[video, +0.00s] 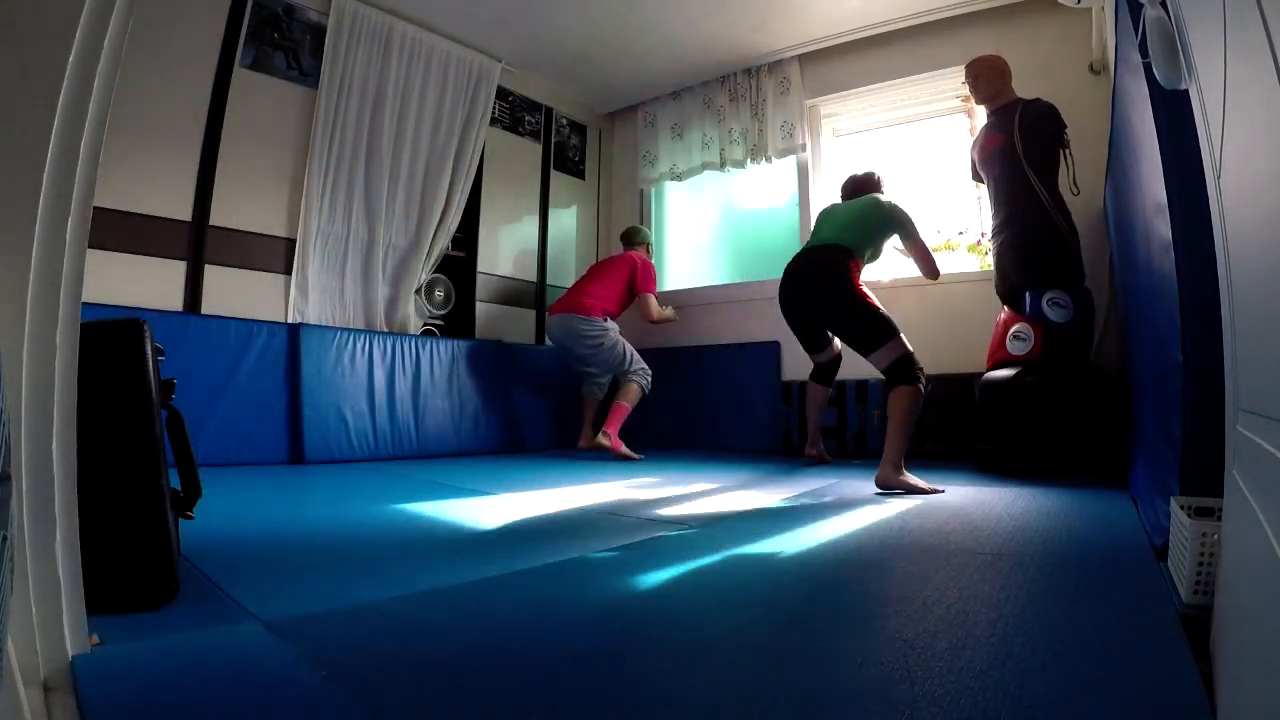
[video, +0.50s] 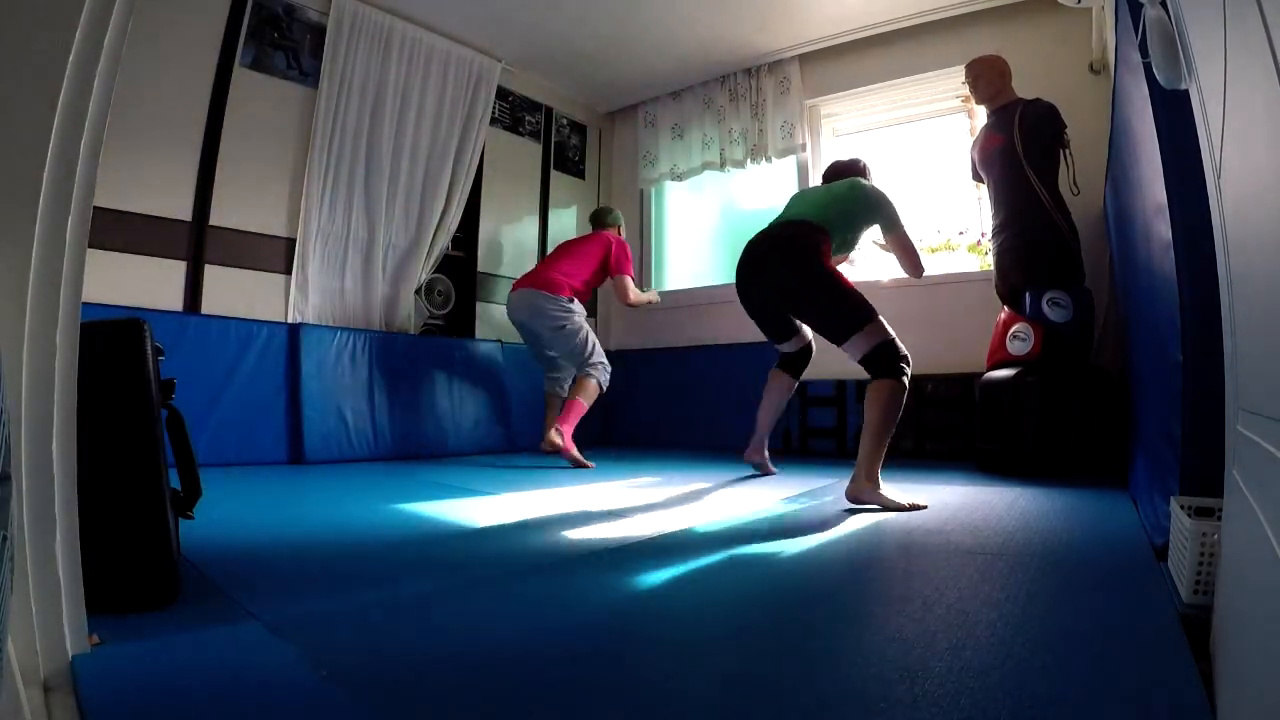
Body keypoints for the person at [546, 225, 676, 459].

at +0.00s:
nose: (651, 254)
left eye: (650, 251)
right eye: (651, 250)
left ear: (624, 247)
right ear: (647, 248)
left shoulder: (607, 262)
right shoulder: (641, 262)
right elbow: (652, 314)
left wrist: (650, 302)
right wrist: (668, 314)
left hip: (556, 319)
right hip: (587, 320)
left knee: (598, 374)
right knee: (638, 372)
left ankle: (586, 435)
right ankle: (610, 433)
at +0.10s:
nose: (649, 247)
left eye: (649, 244)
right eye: (649, 244)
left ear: (621, 242)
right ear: (645, 242)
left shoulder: (602, 257)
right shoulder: (642, 257)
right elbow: (653, 309)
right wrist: (668, 310)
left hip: (554, 314)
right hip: (587, 316)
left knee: (592, 370)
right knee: (636, 373)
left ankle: (586, 435)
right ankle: (608, 437)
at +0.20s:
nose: (645, 240)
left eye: (645, 238)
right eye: (645, 237)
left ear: (616, 234)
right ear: (641, 235)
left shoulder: (597, 248)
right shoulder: (638, 249)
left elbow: (577, 278)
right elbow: (651, 300)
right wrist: (668, 304)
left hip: (547, 303)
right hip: (583, 304)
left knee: (584, 364)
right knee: (627, 368)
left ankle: (584, 431)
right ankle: (607, 439)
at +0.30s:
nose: (640, 238)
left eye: (640, 234)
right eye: (640, 234)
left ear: (611, 231)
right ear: (635, 233)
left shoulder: (595, 244)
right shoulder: (631, 245)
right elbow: (646, 297)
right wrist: (663, 300)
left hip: (535, 296)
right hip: (570, 297)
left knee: (580, 359)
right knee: (620, 358)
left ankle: (558, 425)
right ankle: (608, 436)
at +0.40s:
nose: (632, 238)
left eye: (632, 235)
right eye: (632, 234)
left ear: (602, 231)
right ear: (627, 232)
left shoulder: (587, 244)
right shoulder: (622, 245)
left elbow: (562, 278)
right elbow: (637, 297)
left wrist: (588, 306)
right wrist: (657, 298)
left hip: (526, 299)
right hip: (561, 298)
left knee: (568, 362)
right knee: (613, 357)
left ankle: (552, 437)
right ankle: (587, 424)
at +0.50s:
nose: (623, 234)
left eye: (623, 231)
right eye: (623, 231)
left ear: (593, 227)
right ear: (618, 229)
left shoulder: (572, 242)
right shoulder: (615, 243)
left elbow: (546, 269)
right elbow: (629, 297)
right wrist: (649, 297)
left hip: (517, 297)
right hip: (551, 297)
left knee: (560, 367)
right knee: (597, 366)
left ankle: (552, 434)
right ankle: (564, 431)